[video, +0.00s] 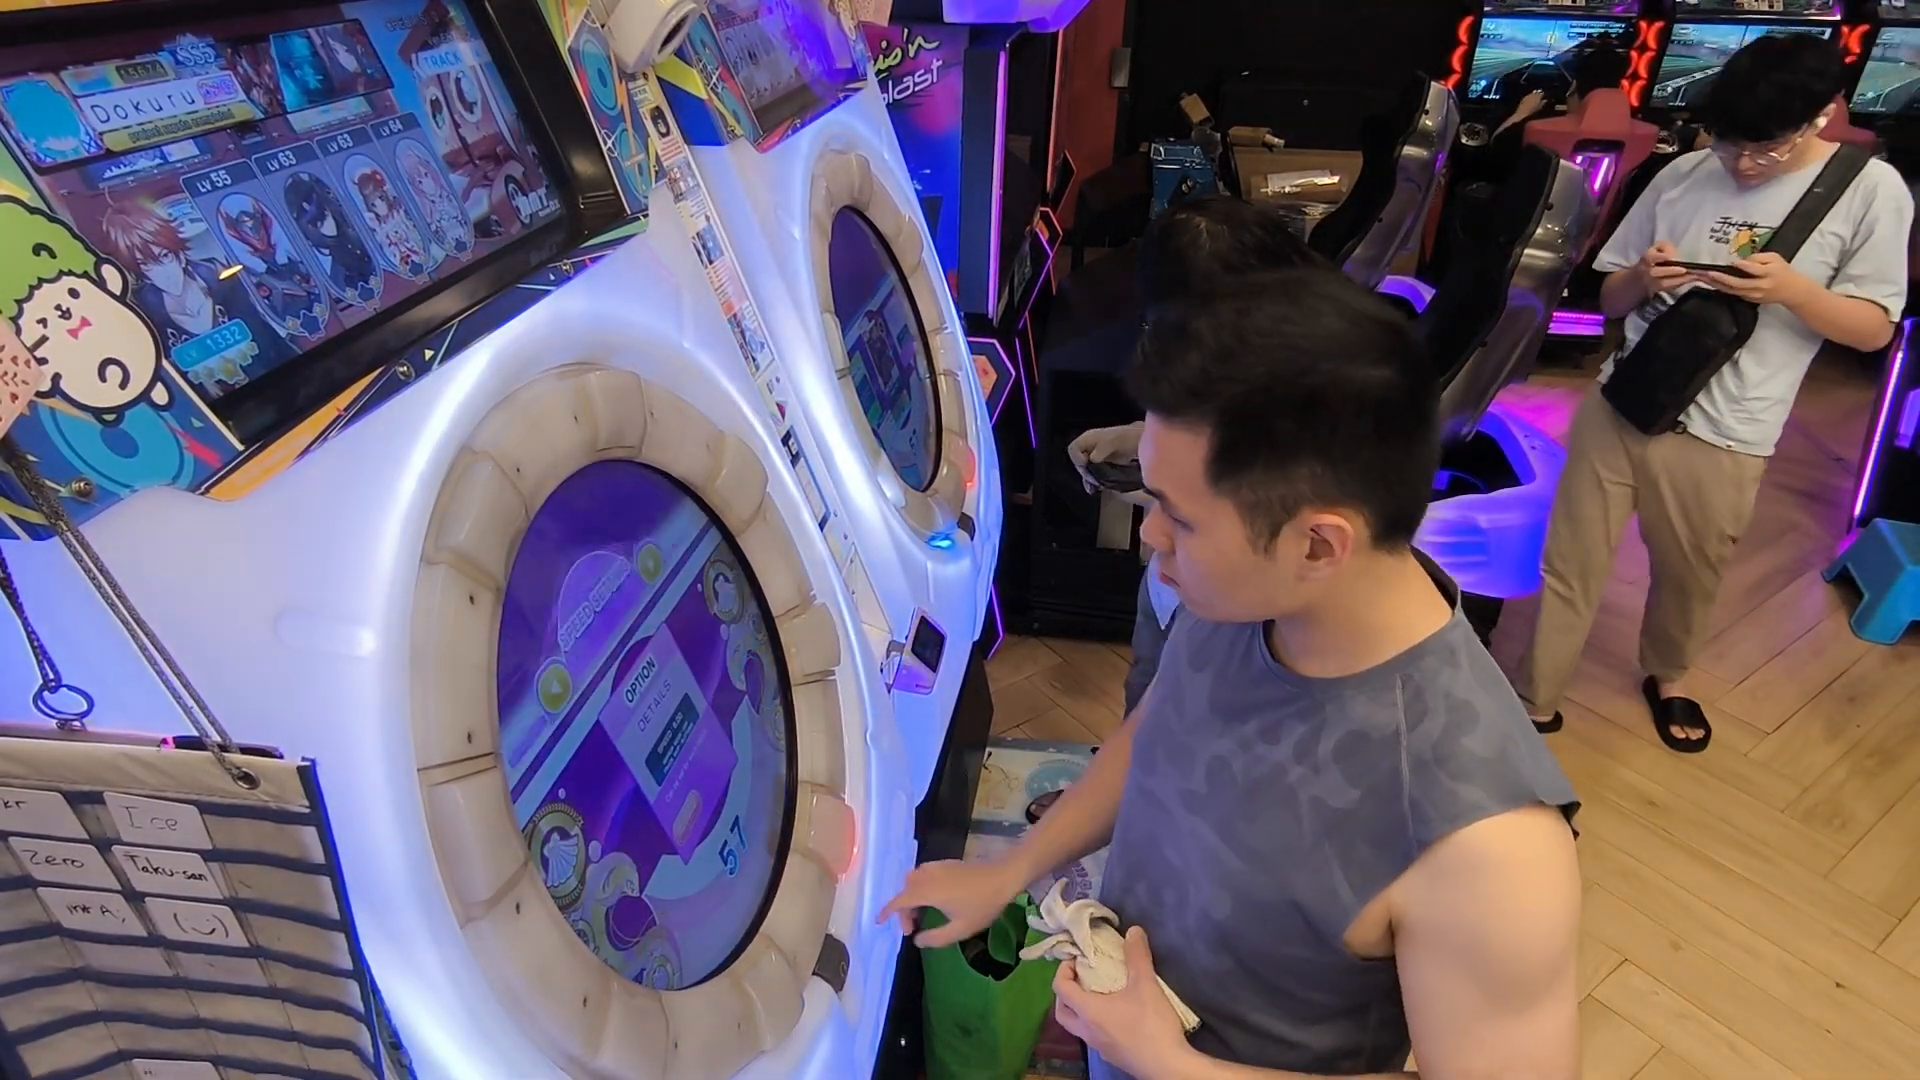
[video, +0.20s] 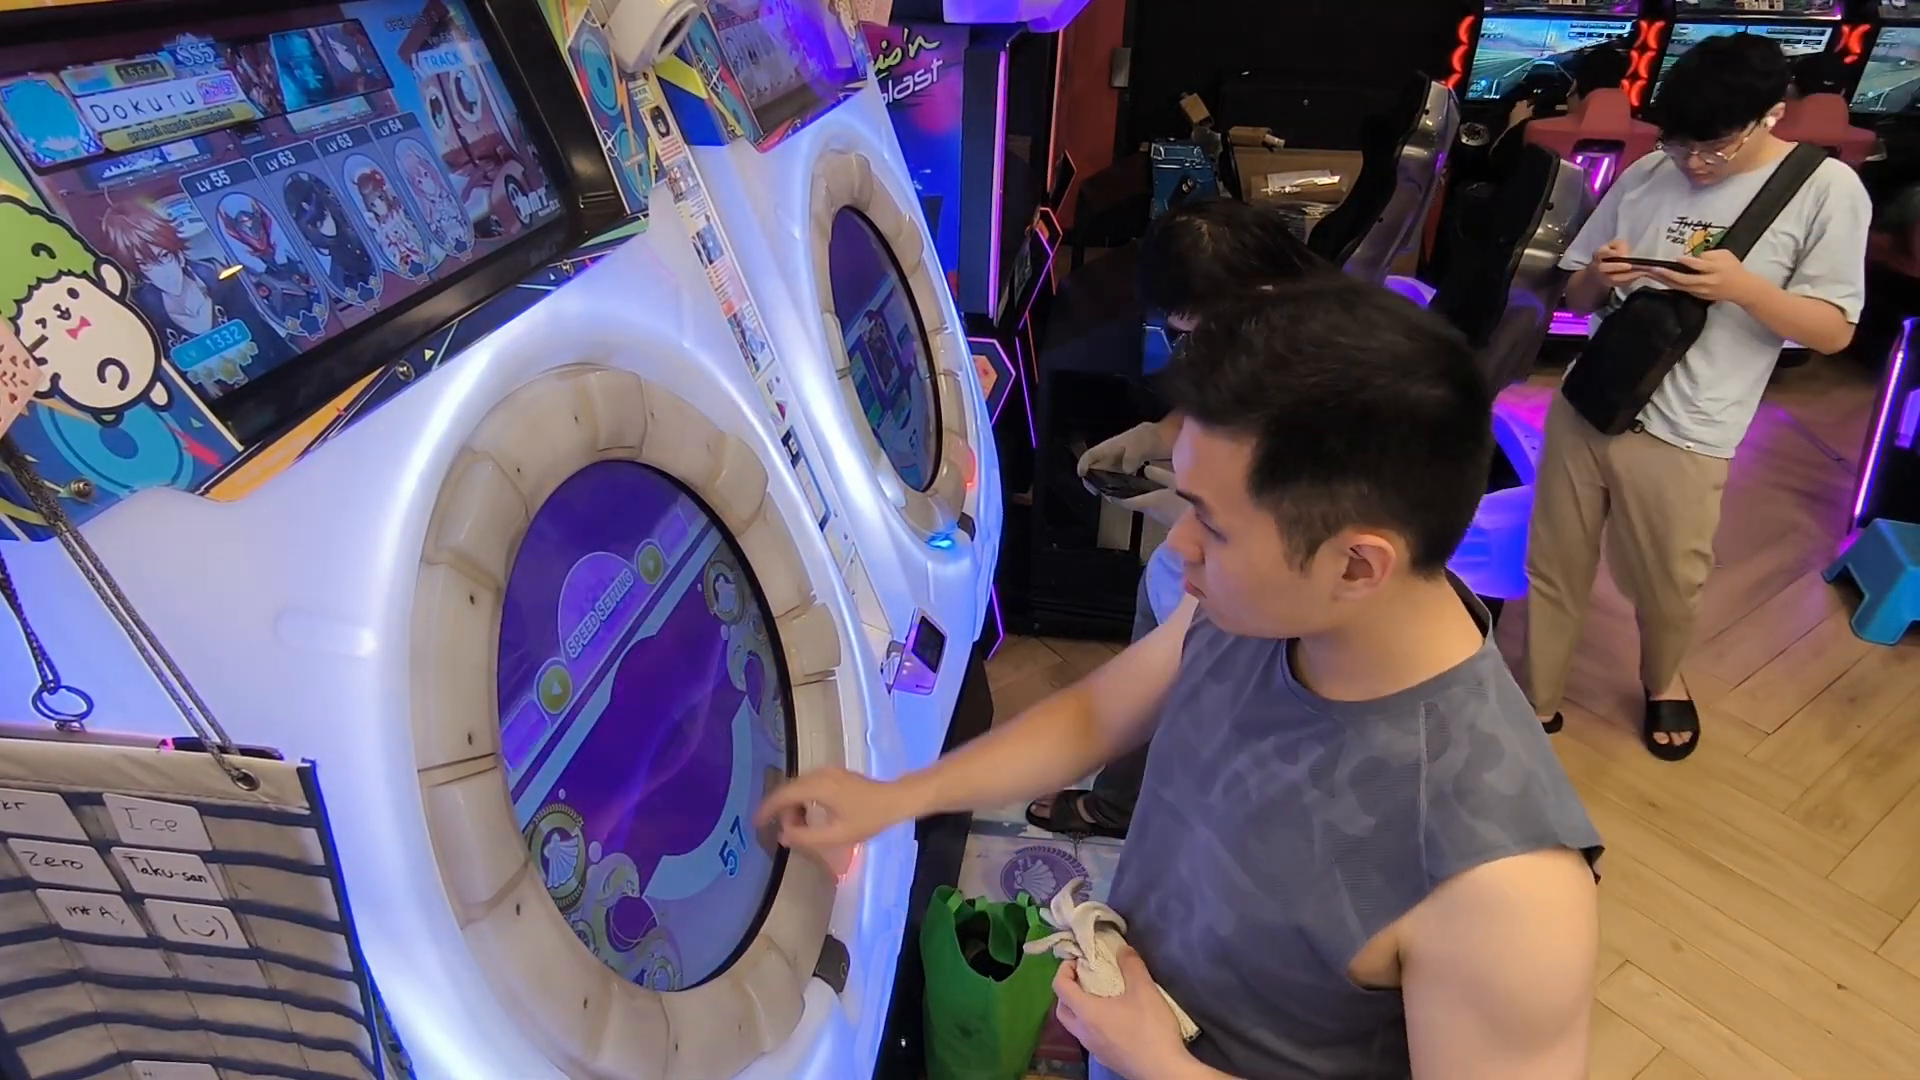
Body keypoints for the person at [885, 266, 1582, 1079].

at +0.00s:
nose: (1148, 535)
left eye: (1177, 520)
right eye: (1151, 500)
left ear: (1321, 548)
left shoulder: (1486, 840)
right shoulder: (1235, 599)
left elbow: (1465, 1066)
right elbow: (1147, 741)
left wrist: (1171, 1062)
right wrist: (1010, 871)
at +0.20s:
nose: (1178, 541)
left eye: (1212, 528)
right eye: (1186, 504)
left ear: (1358, 566)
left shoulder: (1500, 878)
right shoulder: (1251, 609)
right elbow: (1089, 721)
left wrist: (1169, 1064)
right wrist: (897, 795)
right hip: (1098, 1035)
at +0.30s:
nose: (1182, 542)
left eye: (1218, 526)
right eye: (1195, 502)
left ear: (1371, 573)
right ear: (1362, 566)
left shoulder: (1509, 893)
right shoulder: (1254, 597)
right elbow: (1053, 697)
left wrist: (1168, 1064)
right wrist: (852, 745)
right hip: (1095, 994)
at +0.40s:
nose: (1192, 549)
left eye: (1228, 535)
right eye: (1204, 508)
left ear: (1386, 581)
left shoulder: (1516, 906)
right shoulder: (1250, 596)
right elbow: (1021, 681)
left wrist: (1171, 1071)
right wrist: (794, 713)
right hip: (1091, 992)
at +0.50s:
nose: (1197, 559)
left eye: (1240, 547)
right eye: (1212, 519)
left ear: (1401, 588)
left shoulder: (1527, 926)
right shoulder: (1249, 596)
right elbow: (1004, 672)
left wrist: (1177, 1072)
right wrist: (759, 711)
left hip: (1222, 1074)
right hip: (1101, 993)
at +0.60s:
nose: (1204, 564)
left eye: (1248, 556)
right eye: (1220, 525)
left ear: (1413, 599)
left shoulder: (1540, 934)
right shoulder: (1247, 597)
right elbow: (1004, 677)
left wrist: (1191, 1073)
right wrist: (763, 716)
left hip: (1229, 1068)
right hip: (1104, 989)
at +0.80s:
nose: (1207, 568)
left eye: (1252, 561)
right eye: (1223, 527)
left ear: (1419, 603)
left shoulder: (1546, 934)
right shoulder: (1248, 596)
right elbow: (1005, 681)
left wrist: (1199, 1076)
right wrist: (759, 725)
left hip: (1232, 1071)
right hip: (1097, 1003)